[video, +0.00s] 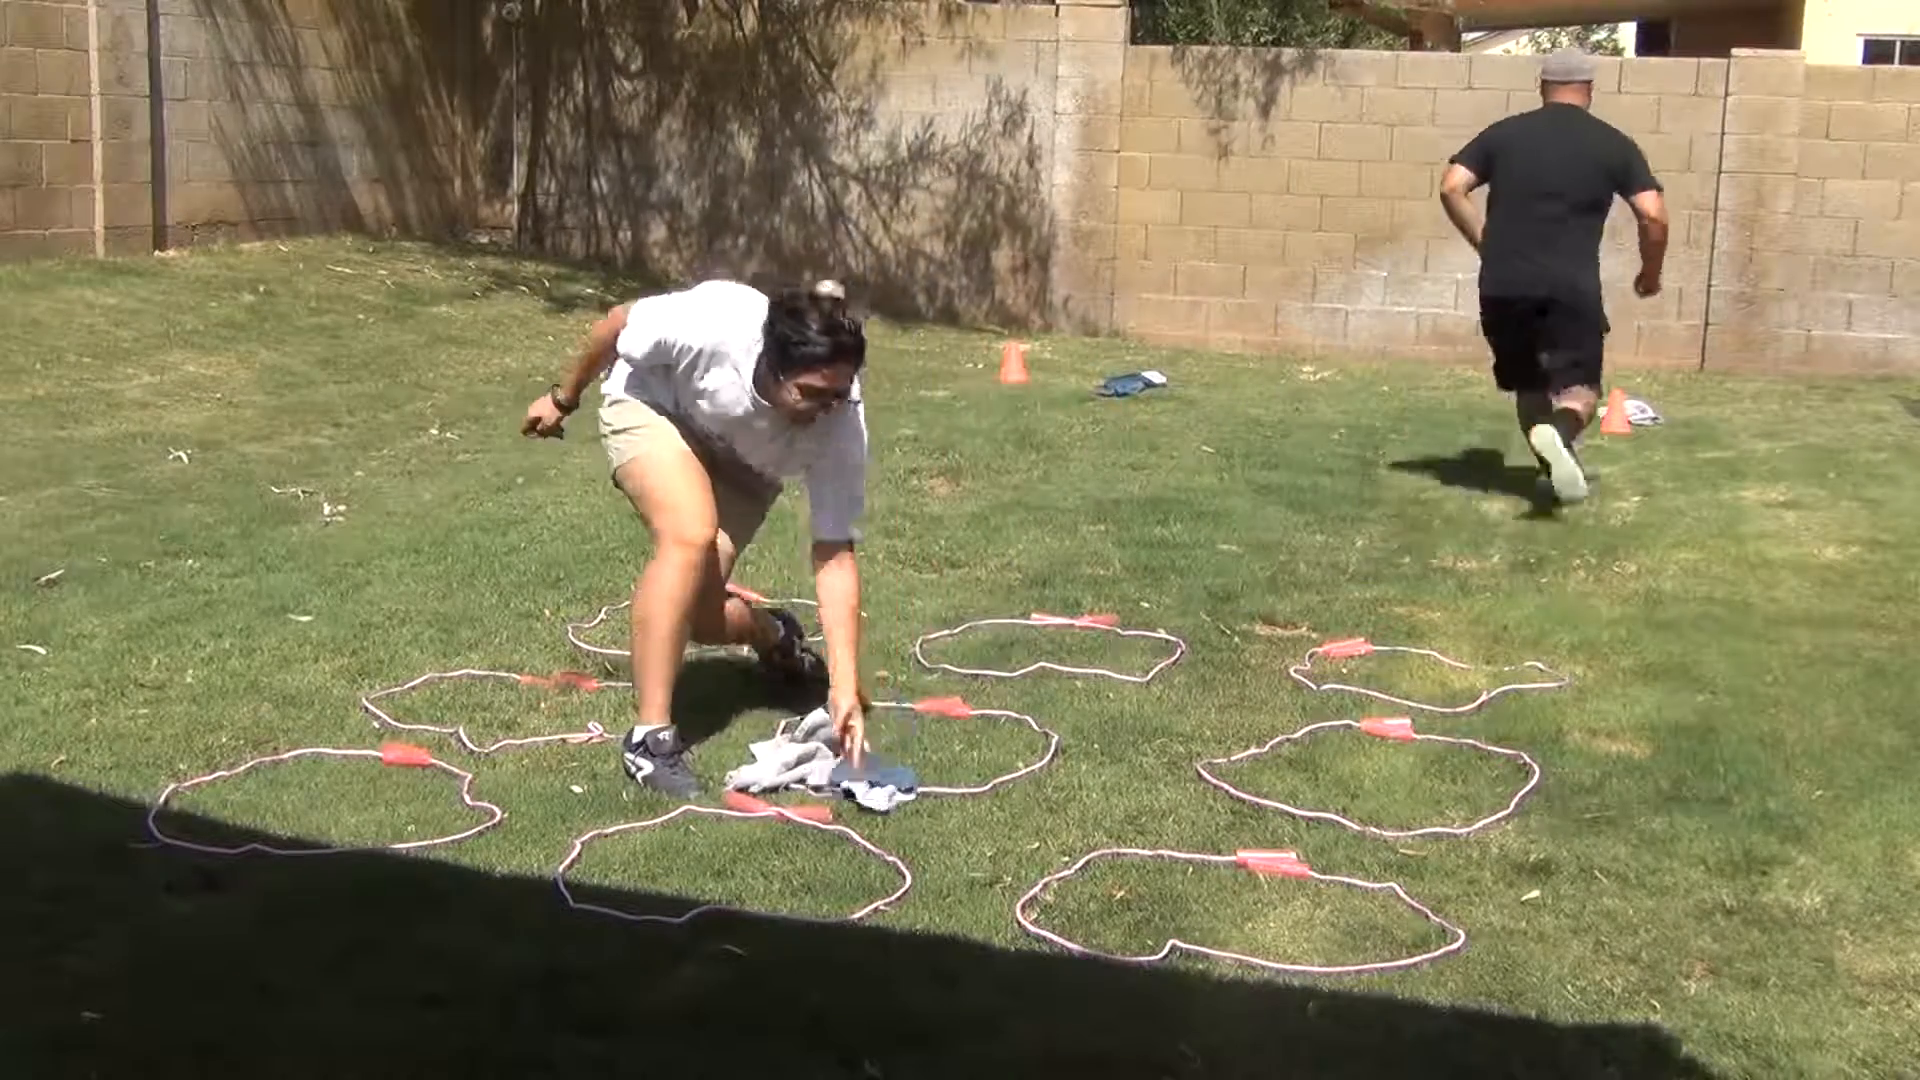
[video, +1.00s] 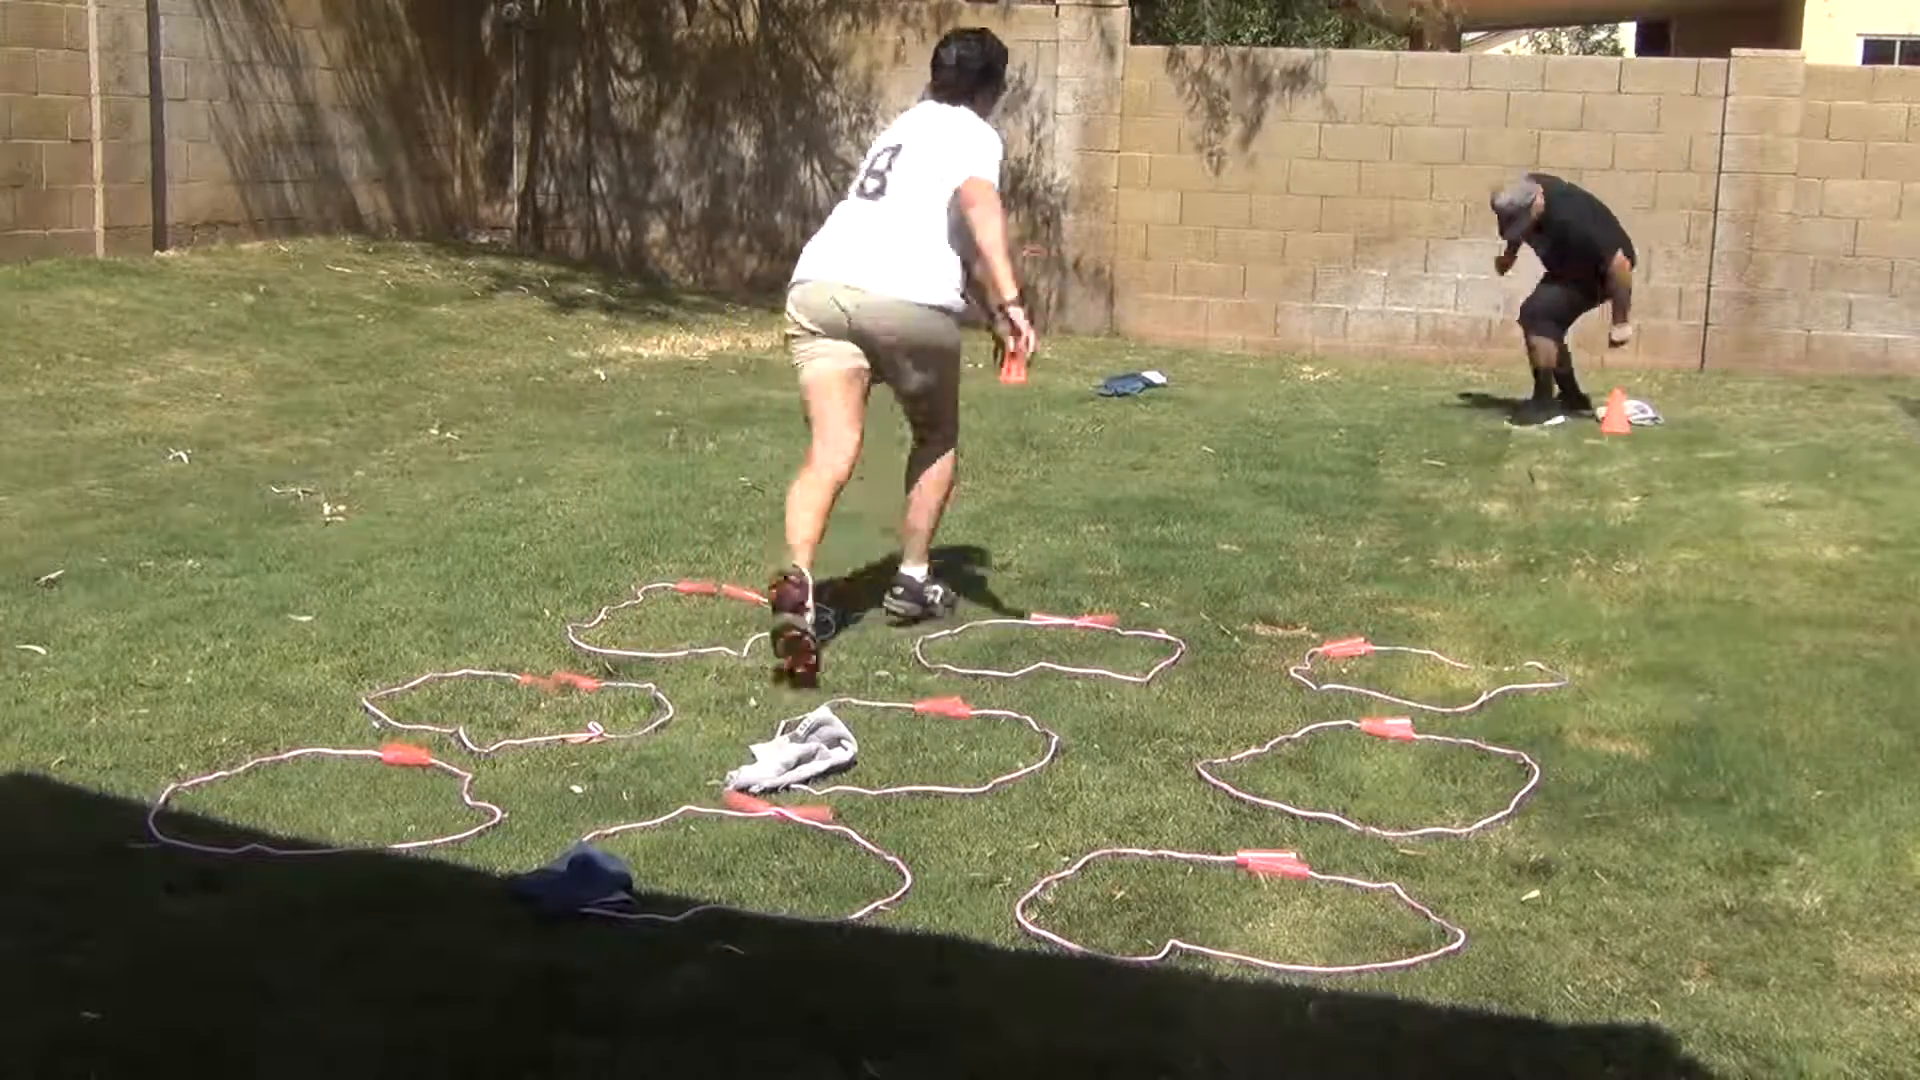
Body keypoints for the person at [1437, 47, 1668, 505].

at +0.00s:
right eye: (1589, 87)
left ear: (1542, 89)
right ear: (1589, 90)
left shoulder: (1506, 131)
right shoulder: (1611, 142)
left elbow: (1452, 187)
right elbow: (1654, 217)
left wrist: (1485, 242)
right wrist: (1650, 272)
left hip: (1502, 282)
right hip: (1570, 286)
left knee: (1529, 388)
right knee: (1579, 387)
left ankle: (1553, 477)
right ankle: (1557, 434)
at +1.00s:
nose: (1520, 235)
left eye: (1523, 227)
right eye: (1514, 231)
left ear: (1537, 203)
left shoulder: (1572, 218)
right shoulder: (1527, 192)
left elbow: (1620, 264)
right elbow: (1519, 226)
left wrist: (1620, 322)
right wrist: (1509, 255)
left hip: (1598, 274)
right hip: (1567, 268)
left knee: (1539, 318)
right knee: (1537, 320)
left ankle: (1543, 401)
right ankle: (1572, 395)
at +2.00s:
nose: (1612, 280)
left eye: (1618, 276)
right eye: (1611, 273)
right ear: (1598, 250)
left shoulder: (1626, 260)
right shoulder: (1551, 241)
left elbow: (1617, 311)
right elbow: (1500, 288)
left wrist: (1614, 371)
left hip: (1568, 295)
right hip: (1526, 290)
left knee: (1583, 368)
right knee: (1530, 356)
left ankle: (1538, 393)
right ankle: (1522, 419)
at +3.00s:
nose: (1618, 132)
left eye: (1625, 123)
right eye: (1610, 123)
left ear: (1634, 125)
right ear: (1589, 123)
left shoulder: (1631, 157)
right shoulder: (1561, 163)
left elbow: (1613, 207)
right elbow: (1552, 241)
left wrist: (1629, 217)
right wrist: (1615, 233)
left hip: (1593, 260)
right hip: (1537, 266)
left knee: (1611, 335)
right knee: (1540, 352)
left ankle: (1589, 417)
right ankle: (1548, 417)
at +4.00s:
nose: (1532, 119)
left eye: (1546, 110)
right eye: (1523, 107)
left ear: (1567, 106)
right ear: (1506, 98)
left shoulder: (1574, 156)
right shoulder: (1464, 152)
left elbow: (1563, 234)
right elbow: (1420, 238)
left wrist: (1538, 294)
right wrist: (1434, 312)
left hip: (1532, 318)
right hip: (1464, 312)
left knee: (1544, 442)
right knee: (1457, 423)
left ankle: (1486, 543)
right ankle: (1399, 547)